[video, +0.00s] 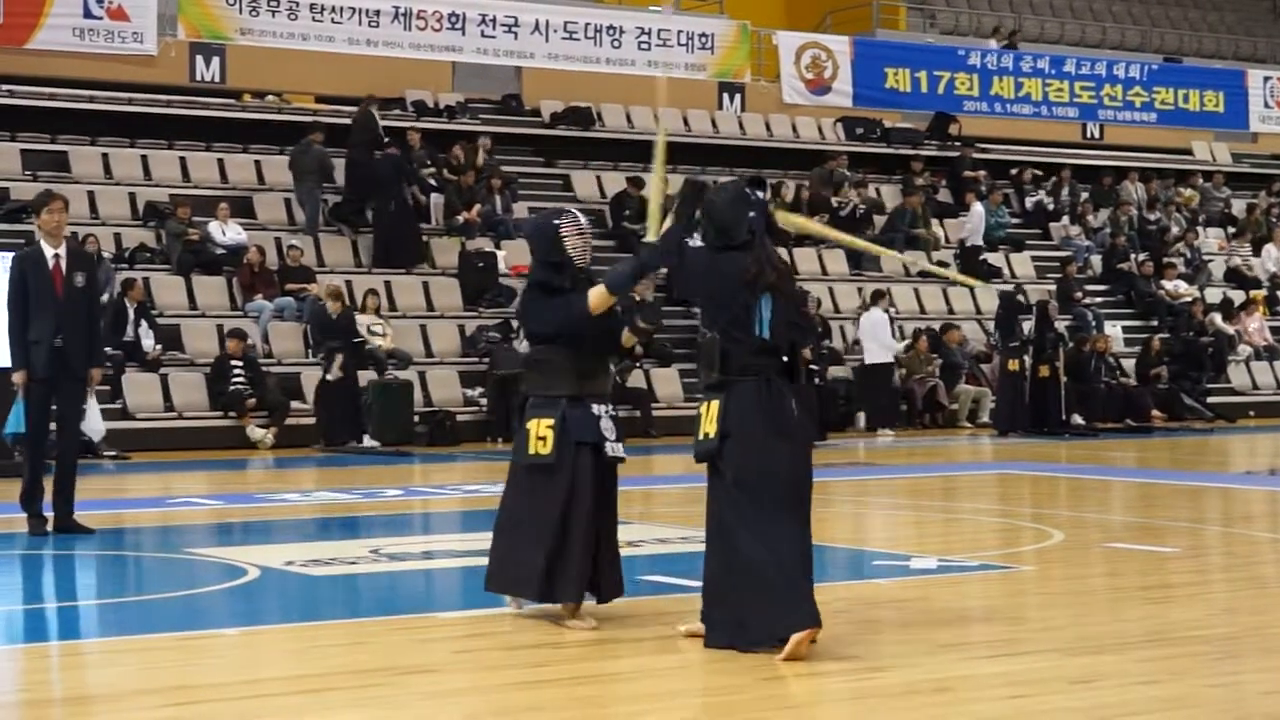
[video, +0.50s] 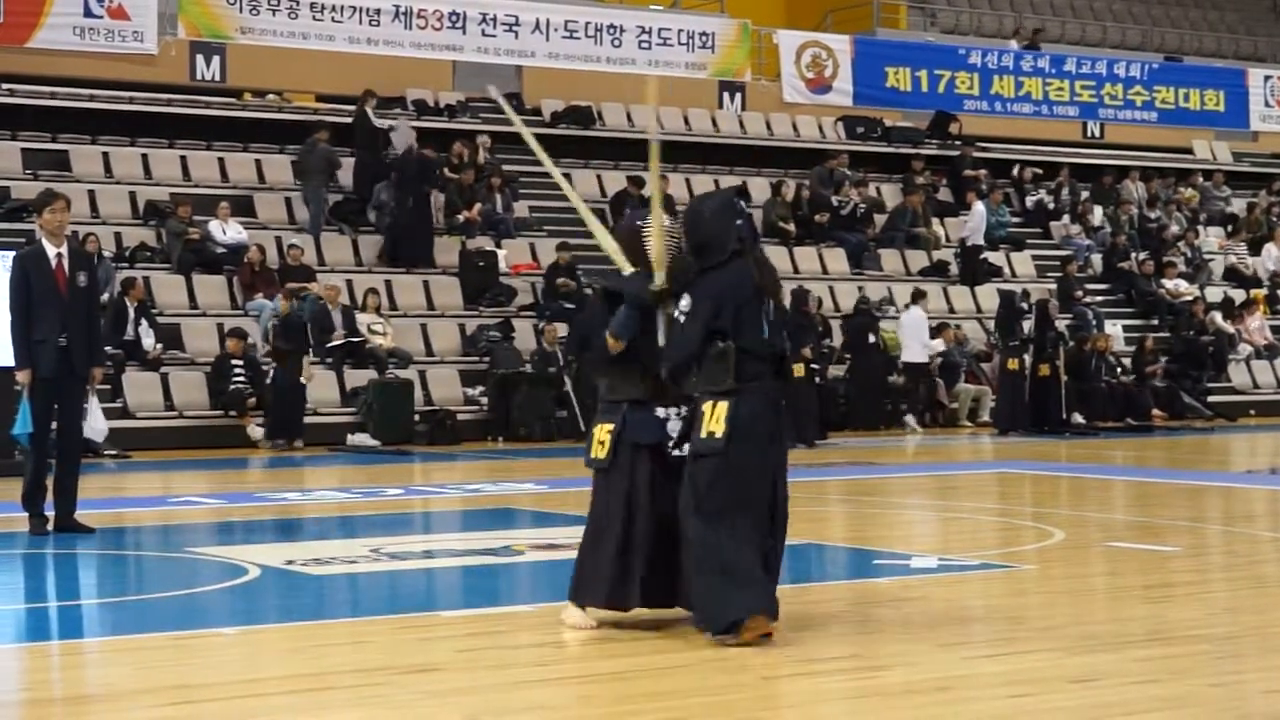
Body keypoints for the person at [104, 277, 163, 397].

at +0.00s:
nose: (142, 292)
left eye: (142, 288)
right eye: (139, 289)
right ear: (129, 292)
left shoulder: (142, 306)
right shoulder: (115, 306)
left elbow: (154, 327)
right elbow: (107, 328)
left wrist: (157, 347)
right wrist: (108, 347)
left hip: (136, 344)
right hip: (118, 344)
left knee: (154, 362)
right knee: (118, 361)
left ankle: (149, 396)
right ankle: (117, 396)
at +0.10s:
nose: (143, 291)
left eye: (142, 288)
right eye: (139, 289)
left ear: (132, 292)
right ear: (129, 292)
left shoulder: (142, 306)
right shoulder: (115, 306)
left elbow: (155, 327)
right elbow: (107, 328)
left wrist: (158, 348)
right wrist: (109, 347)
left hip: (136, 344)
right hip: (118, 344)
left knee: (153, 362)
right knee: (119, 360)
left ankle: (150, 396)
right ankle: (117, 396)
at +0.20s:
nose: (142, 291)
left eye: (142, 288)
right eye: (139, 288)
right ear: (129, 292)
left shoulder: (142, 306)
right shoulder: (115, 306)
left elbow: (155, 326)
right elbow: (108, 329)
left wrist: (158, 347)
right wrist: (108, 347)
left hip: (135, 344)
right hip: (118, 344)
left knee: (155, 362)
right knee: (118, 361)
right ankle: (118, 397)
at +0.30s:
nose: (143, 291)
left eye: (142, 288)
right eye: (139, 288)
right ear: (130, 292)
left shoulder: (142, 306)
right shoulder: (115, 305)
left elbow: (155, 326)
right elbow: (107, 329)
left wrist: (158, 347)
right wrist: (107, 347)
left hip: (136, 344)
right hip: (117, 344)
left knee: (154, 362)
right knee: (118, 360)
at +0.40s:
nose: (142, 290)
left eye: (141, 287)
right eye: (139, 287)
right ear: (130, 291)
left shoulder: (142, 305)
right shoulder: (116, 305)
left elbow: (155, 326)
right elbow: (107, 328)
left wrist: (158, 346)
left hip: (136, 343)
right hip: (118, 344)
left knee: (154, 362)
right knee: (118, 359)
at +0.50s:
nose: (143, 290)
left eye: (142, 287)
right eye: (140, 287)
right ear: (130, 291)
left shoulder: (142, 305)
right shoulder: (116, 304)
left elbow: (154, 326)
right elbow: (107, 329)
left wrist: (158, 346)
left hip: (136, 343)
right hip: (118, 343)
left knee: (155, 361)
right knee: (119, 359)